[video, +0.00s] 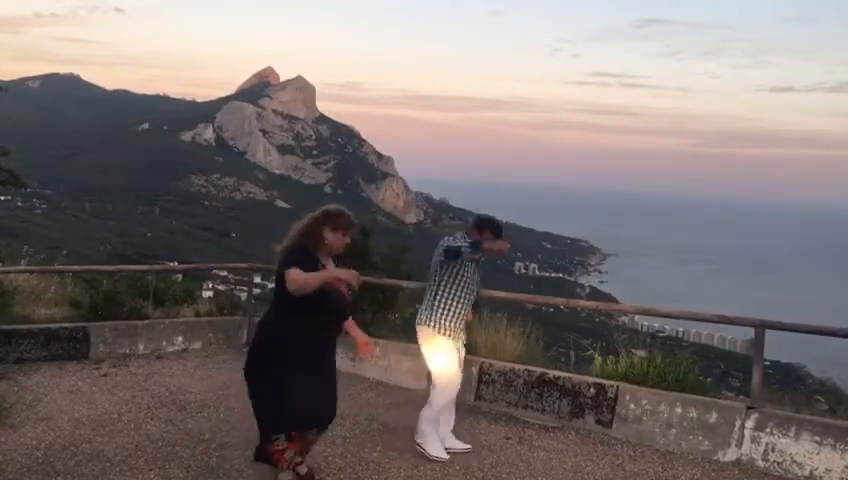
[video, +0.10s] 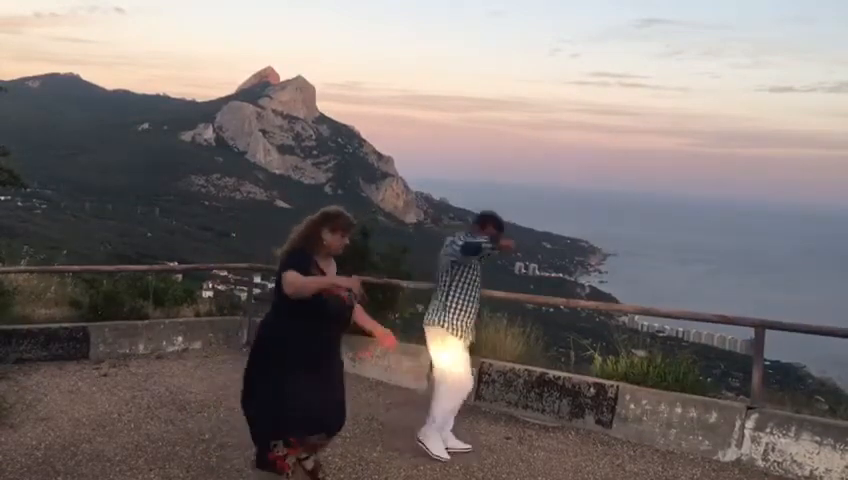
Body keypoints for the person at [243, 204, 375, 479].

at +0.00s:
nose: (346, 242)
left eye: (348, 237)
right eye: (343, 235)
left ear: (330, 234)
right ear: (326, 230)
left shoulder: (329, 266)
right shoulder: (298, 253)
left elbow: (335, 309)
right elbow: (294, 284)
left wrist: (358, 335)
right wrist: (332, 274)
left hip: (316, 352)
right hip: (283, 350)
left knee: (322, 412)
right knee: (290, 412)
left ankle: (295, 460)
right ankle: (285, 468)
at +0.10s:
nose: (346, 243)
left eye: (347, 237)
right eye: (342, 236)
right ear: (323, 233)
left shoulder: (334, 266)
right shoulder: (297, 257)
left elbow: (348, 305)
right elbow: (290, 286)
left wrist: (376, 329)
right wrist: (337, 282)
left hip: (322, 351)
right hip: (287, 350)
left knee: (331, 413)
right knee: (290, 407)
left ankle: (307, 456)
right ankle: (283, 458)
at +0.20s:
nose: (346, 237)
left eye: (349, 232)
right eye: (341, 230)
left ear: (352, 235)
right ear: (325, 228)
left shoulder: (346, 264)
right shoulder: (301, 254)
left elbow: (361, 293)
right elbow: (293, 290)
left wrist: (397, 310)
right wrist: (339, 297)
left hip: (327, 347)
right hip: (289, 347)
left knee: (332, 411)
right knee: (290, 411)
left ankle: (313, 458)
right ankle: (284, 466)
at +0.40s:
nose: (353, 232)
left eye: (355, 227)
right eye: (347, 225)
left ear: (356, 230)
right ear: (330, 225)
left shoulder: (357, 257)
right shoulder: (308, 255)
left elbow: (379, 277)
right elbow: (298, 303)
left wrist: (422, 273)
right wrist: (326, 333)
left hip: (341, 341)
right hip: (303, 338)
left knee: (330, 402)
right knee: (301, 399)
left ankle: (321, 463)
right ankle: (295, 464)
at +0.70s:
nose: (363, 236)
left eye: (365, 230)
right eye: (357, 230)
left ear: (366, 233)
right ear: (339, 230)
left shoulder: (367, 261)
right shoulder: (317, 260)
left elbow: (394, 284)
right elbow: (304, 292)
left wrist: (435, 286)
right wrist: (313, 307)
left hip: (353, 345)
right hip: (316, 346)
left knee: (346, 402)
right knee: (316, 401)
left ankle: (333, 462)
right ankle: (307, 460)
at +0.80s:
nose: (373, 230)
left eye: (374, 224)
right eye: (367, 223)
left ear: (366, 227)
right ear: (348, 223)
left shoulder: (372, 259)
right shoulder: (323, 251)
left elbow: (393, 290)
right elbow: (305, 282)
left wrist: (432, 305)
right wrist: (326, 286)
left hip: (351, 346)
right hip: (314, 345)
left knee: (343, 412)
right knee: (312, 411)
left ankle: (330, 467)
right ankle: (303, 469)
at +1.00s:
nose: (379, 227)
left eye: (379, 221)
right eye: (375, 221)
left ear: (363, 224)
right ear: (357, 221)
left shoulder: (373, 263)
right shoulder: (332, 247)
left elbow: (384, 299)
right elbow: (316, 271)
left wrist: (411, 324)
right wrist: (353, 258)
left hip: (351, 351)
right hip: (316, 343)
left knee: (337, 407)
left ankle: (322, 465)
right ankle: (298, 466)